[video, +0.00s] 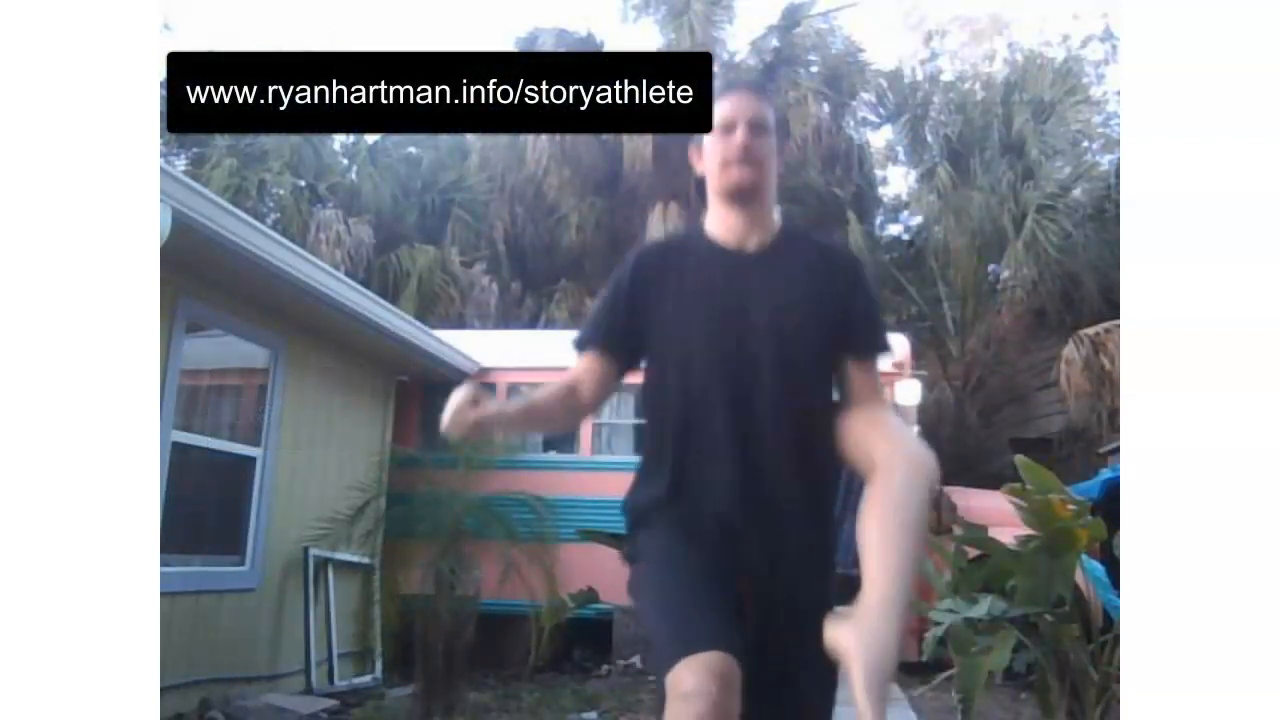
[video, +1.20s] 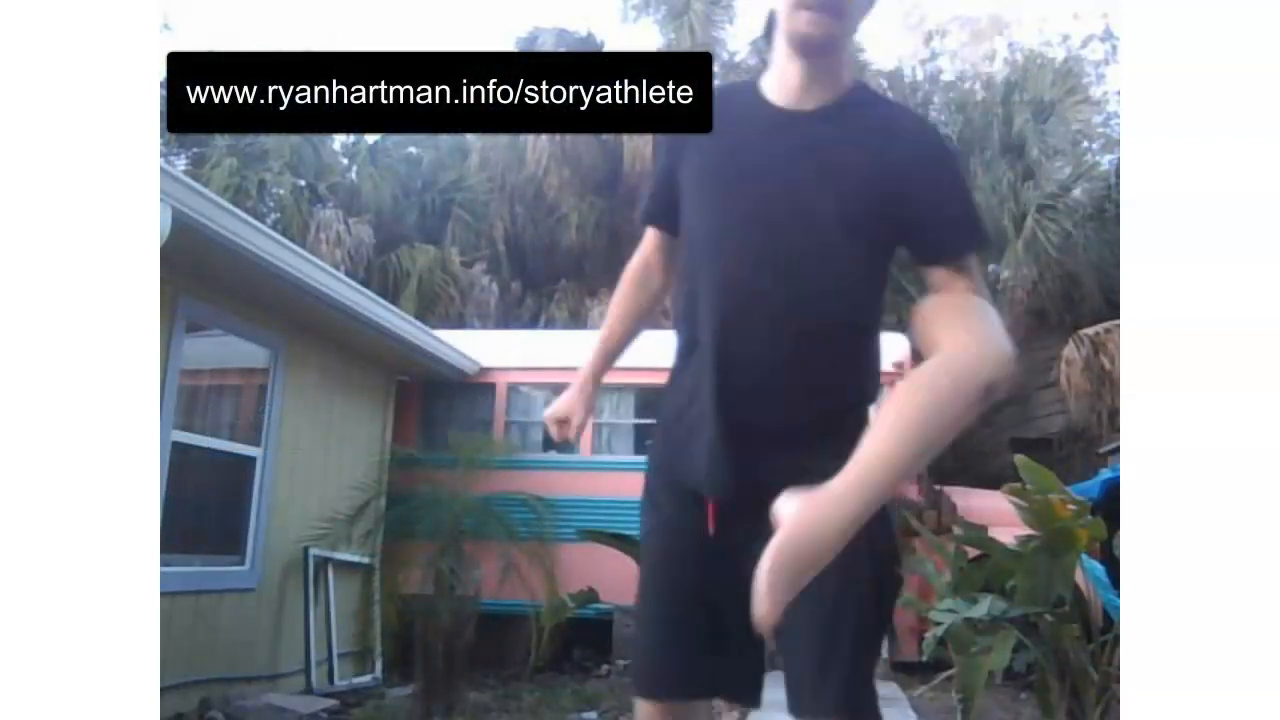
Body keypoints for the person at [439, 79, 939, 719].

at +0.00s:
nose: (743, 142)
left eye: (758, 129)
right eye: (725, 129)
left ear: (781, 150)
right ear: (698, 156)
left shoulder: (830, 268)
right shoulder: (655, 269)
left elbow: (865, 404)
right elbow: (580, 392)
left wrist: (900, 458)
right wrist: (496, 417)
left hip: (792, 537)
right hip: (681, 527)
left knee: (790, 712)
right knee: (705, 690)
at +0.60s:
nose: (784, 220)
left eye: (802, 202)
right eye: (765, 203)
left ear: (829, 220)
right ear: (737, 223)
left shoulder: (877, 336)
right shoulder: (690, 340)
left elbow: (944, 459)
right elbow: (610, 447)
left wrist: (1002, 425)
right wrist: (548, 508)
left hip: (832, 600)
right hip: (715, 609)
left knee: (849, 703)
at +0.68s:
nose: (789, 104)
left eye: (807, 90)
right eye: (772, 89)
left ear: (832, 114)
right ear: (742, 115)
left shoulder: (872, 227)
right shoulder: (687, 230)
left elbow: (923, 363)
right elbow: (616, 344)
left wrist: (981, 334)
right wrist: (506, 381)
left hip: (825, 522)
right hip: (704, 526)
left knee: (842, 701)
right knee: (694, 714)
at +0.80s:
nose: (768, 138)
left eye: (787, 125)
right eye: (752, 124)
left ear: (814, 151)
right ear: (725, 148)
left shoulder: (854, 262)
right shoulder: (674, 261)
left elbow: (897, 386)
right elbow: (601, 370)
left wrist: (949, 365)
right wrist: (492, 392)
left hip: (817, 542)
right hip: (700, 544)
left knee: (837, 699)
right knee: (688, 711)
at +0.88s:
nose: (788, 267)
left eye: (808, 253)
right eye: (772, 250)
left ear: (837, 277)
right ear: (743, 270)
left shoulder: (868, 387)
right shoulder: (683, 374)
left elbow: (927, 526)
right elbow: (602, 486)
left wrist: (983, 500)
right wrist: (492, 523)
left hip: (817, 632)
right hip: (703, 638)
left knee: (856, 697)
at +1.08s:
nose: (766, 195)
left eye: (782, 182)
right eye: (749, 181)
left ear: (805, 205)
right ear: (720, 204)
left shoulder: (848, 312)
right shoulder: (675, 311)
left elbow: (893, 436)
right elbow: (615, 432)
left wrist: (954, 389)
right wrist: (514, 437)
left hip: (810, 588)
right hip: (696, 589)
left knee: (851, 698)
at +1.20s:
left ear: (865, 7)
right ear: (770, 0)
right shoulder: (702, 119)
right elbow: (654, 261)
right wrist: (587, 379)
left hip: (827, 481)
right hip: (691, 468)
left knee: (833, 710)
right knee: (664, 700)